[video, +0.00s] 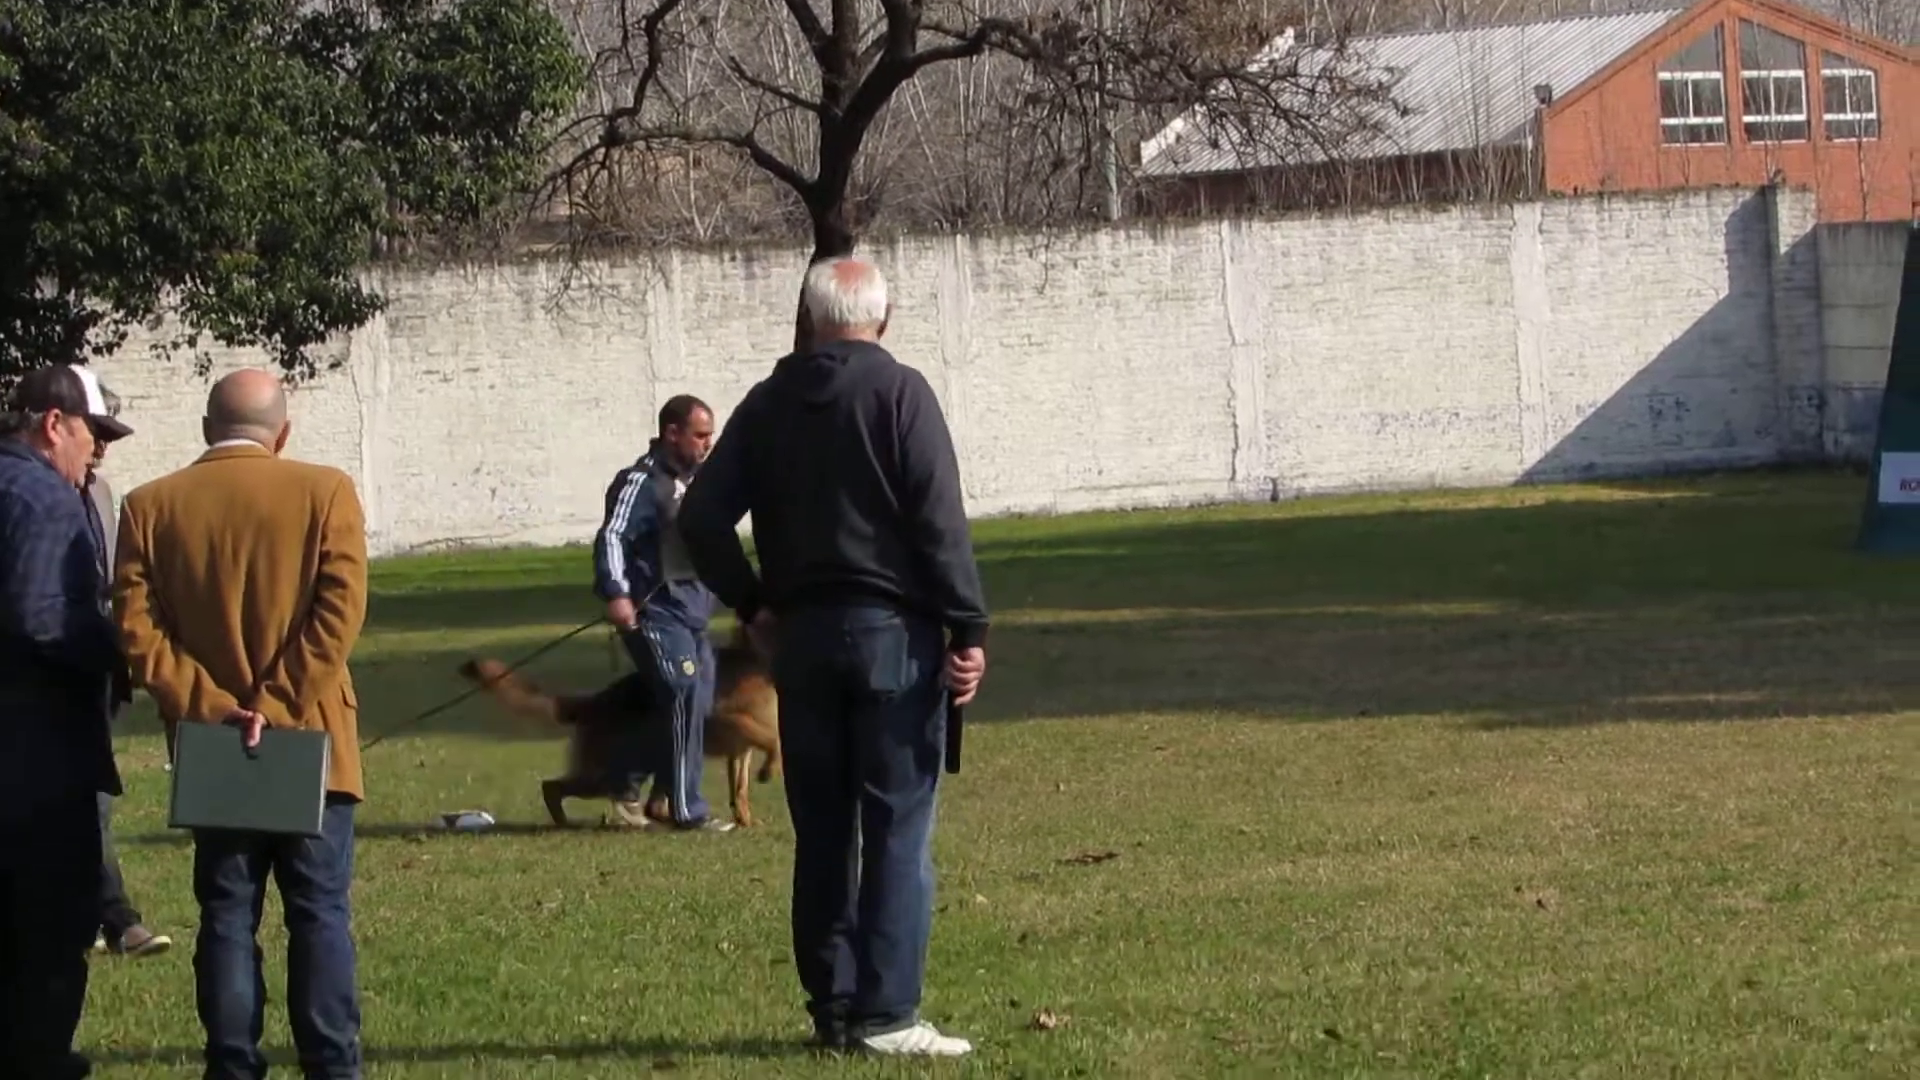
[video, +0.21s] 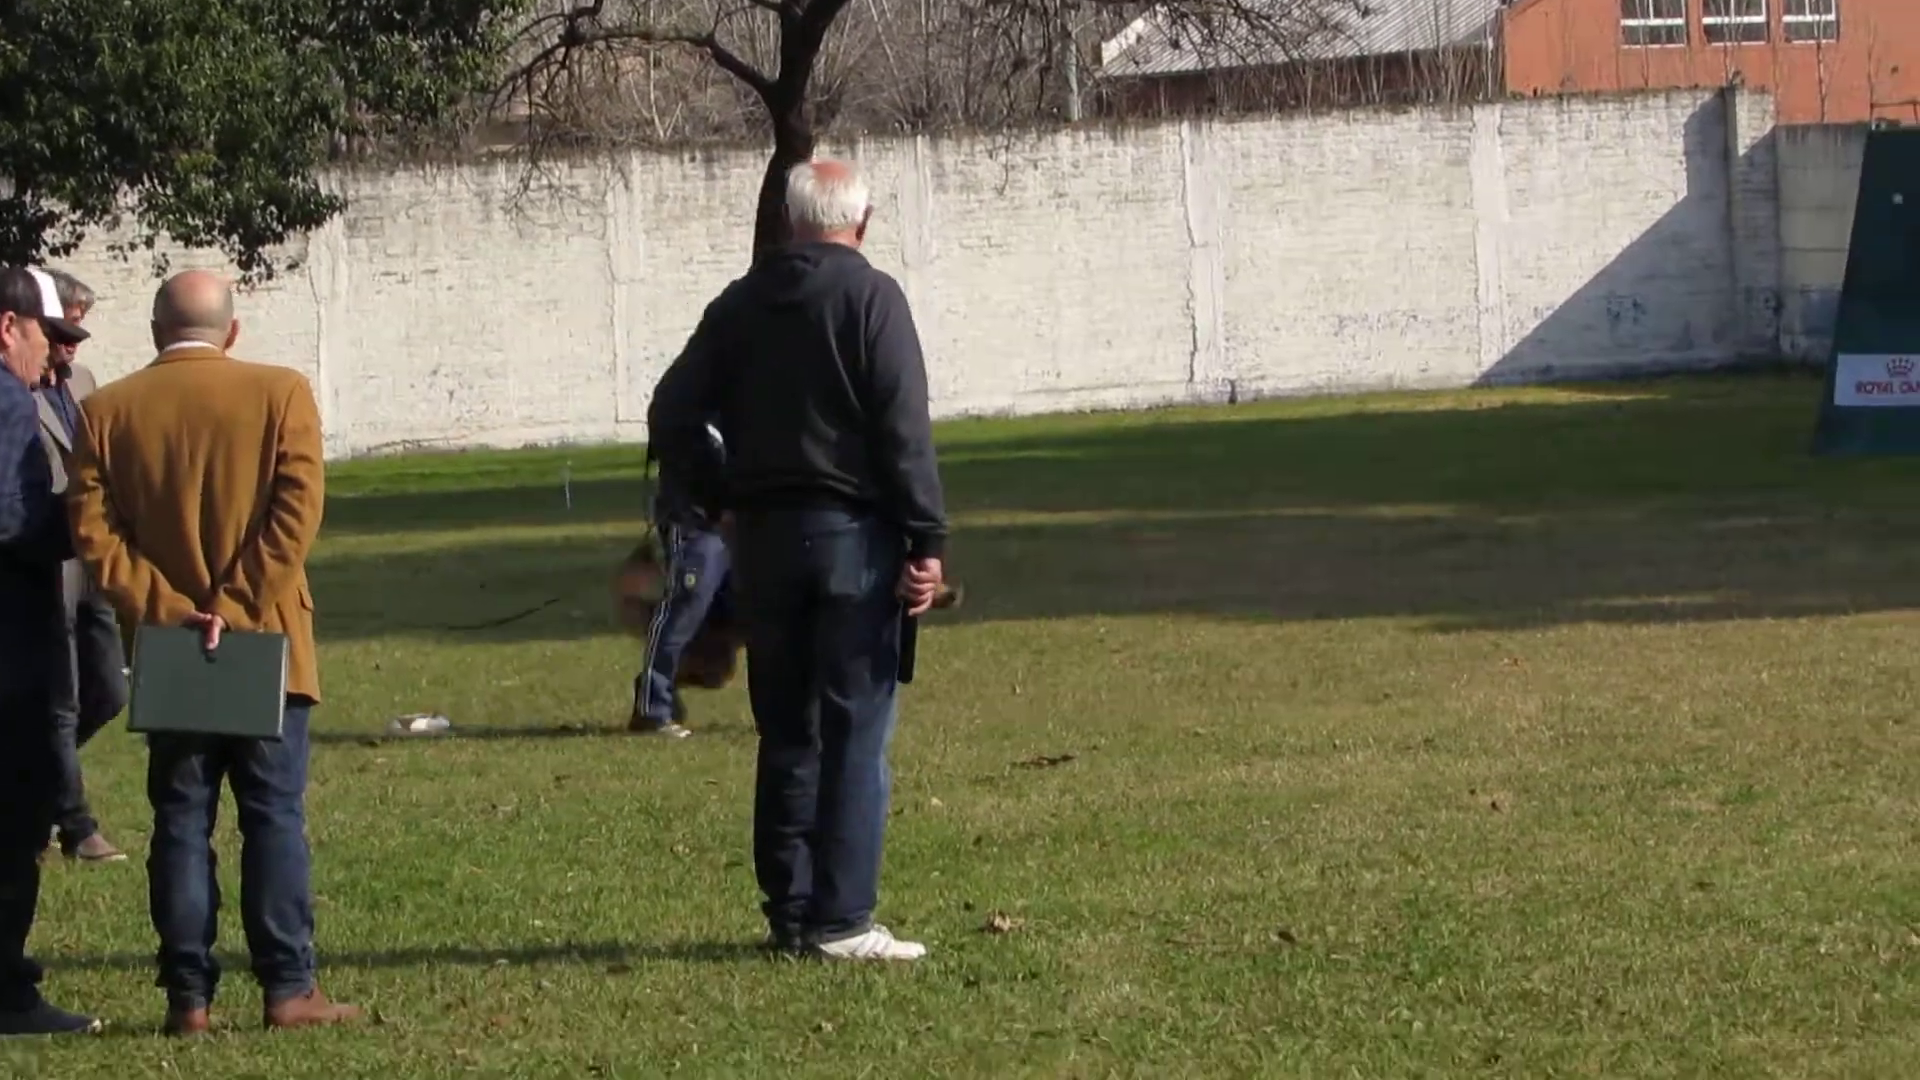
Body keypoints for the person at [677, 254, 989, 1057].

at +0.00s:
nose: (890, 326)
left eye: (886, 316)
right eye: (888, 316)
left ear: (803, 322)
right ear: (881, 321)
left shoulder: (765, 401)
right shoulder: (899, 391)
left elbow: (700, 516)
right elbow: (938, 521)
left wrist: (751, 602)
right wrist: (970, 627)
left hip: (800, 640)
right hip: (891, 636)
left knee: (819, 826)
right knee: (900, 822)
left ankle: (833, 1009)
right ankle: (888, 1016)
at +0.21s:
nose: (870, 229)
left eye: (866, 217)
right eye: (868, 219)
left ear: (783, 219)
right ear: (856, 224)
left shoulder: (738, 302)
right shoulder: (870, 296)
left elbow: (671, 409)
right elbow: (904, 430)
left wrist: (716, 500)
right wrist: (927, 537)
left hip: (763, 545)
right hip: (852, 542)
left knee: (785, 732)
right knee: (857, 733)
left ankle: (791, 914)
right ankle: (844, 921)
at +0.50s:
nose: (774, 159)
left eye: (768, 147)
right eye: (773, 148)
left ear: (694, 144)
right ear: (760, 150)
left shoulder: (644, 222)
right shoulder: (765, 225)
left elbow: (571, 340)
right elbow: (794, 360)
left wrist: (627, 424)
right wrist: (815, 470)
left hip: (663, 469)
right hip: (745, 470)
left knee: (678, 656)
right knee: (753, 656)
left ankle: (663, 844)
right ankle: (738, 851)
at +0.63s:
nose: (716, 135)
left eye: (713, 121)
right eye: (713, 123)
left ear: (634, 121)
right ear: (696, 127)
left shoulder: (585, 198)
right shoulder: (696, 201)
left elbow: (517, 318)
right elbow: (726, 335)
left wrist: (580, 401)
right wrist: (752, 447)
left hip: (605, 450)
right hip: (686, 450)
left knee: (615, 635)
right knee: (696, 637)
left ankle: (608, 824)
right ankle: (681, 828)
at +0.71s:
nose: (662, 122)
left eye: (659, 108)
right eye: (658, 109)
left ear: (583, 109)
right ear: (636, 112)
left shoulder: (534, 183)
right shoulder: (639, 186)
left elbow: (468, 307)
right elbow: (667, 323)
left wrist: (535, 394)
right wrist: (694, 435)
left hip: (554, 439)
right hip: (633, 439)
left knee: (563, 628)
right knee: (645, 631)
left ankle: (556, 814)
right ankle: (629, 817)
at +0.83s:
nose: (578, 101)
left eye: (576, 86)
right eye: (572, 88)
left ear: (503, 92)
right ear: (541, 94)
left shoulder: (449, 166)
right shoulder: (547, 169)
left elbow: (386, 292)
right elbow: (574, 301)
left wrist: (448, 376)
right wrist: (599, 416)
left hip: (470, 423)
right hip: (543, 421)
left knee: (480, 611)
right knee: (563, 614)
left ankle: (477, 799)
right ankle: (549, 801)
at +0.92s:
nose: (507, 94)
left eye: (506, 78)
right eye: (502, 79)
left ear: (435, 82)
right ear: (469, 82)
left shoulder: (379, 155)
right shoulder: (473, 158)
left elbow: (317, 282)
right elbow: (499, 288)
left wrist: (378, 366)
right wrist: (523, 405)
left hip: (398, 412)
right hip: (472, 411)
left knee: (408, 602)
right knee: (493, 606)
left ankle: (407, 790)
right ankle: (480, 792)